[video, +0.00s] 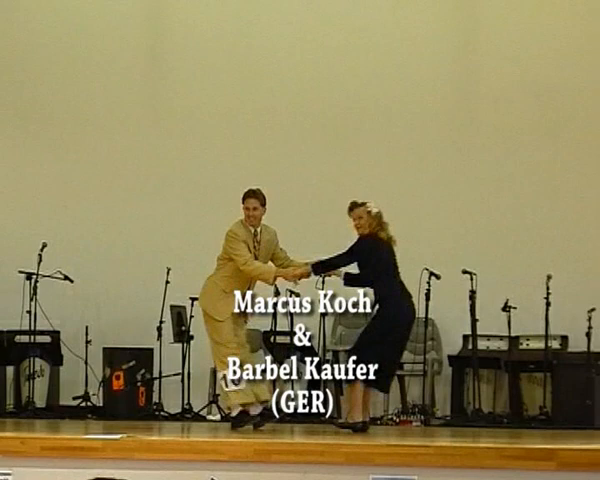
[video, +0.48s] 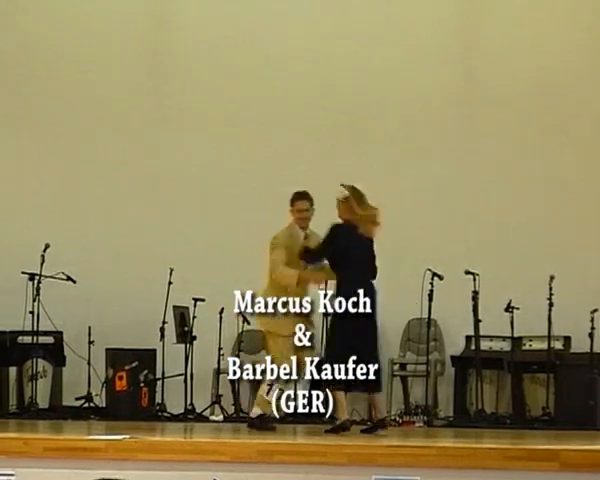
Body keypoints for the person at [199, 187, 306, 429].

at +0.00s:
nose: (250, 213)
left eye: (255, 209)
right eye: (247, 209)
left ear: (264, 210)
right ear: (242, 209)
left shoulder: (269, 235)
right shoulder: (235, 233)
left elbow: (284, 263)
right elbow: (247, 265)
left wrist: (313, 267)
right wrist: (281, 273)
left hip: (240, 299)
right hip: (217, 298)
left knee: (242, 350)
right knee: (227, 350)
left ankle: (254, 407)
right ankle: (237, 408)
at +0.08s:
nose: (251, 218)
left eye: (255, 213)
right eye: (247, 213)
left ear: (263, 215)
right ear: (242, 214)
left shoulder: (267, 240)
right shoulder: (235, 238)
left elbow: (283, 264)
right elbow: (250, 264)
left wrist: (308, 271)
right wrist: (285, 275)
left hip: (235, 302)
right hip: (213, 300)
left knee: (239, 353)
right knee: (219, 352)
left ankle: (253, 407)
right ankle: (232, 408)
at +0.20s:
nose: (258, 218)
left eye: (262, 214)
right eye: (254, 214)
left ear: (270, 215)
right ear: (249, 214)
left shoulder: (272, 240)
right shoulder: (243, 237)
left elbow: (285, 262)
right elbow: (259, 263)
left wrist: (309, 266)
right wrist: (297, 270)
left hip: (238, 304)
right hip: (218, 300)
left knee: (250, 354)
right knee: (228, 354)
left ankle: (253, 411)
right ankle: (232, 412)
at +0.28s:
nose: (270, 218)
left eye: (275, 213)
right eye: (266, 213)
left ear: (281, 214)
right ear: (259, 213)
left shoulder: (281, 238)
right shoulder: (252, 237)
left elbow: (293, 266)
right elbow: (263, 269)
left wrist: (314, 268)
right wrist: (297, 271)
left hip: (251, 304)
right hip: (231, 302)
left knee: (257, 355)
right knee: (244, 352)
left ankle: (247, 409)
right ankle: (231, 407)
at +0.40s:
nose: (290, 219)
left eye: (294, 215)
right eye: (285, 215)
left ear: (300, 215)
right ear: (279, 215)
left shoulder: (302, 244)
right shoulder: (269, 242)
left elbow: (303, 275)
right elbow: (265, 278)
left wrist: (327, 280)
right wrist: (295, 282)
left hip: (278, 308)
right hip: (257, 307)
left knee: (275, 361)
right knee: (277, 358)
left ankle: (245, 407)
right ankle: (247, 407)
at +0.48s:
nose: (303, 215)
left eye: (307, 210)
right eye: (298, 211)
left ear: (313, 212)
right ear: (291, 212)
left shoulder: (316, 240)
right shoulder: (281, 239)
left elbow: (326, 266)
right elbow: (277, 272)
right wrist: (306, 277)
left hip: (300, 310)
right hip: (277, 309)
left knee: (299, 363)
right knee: (283, 363)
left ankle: (265, 409)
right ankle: (258, 411)